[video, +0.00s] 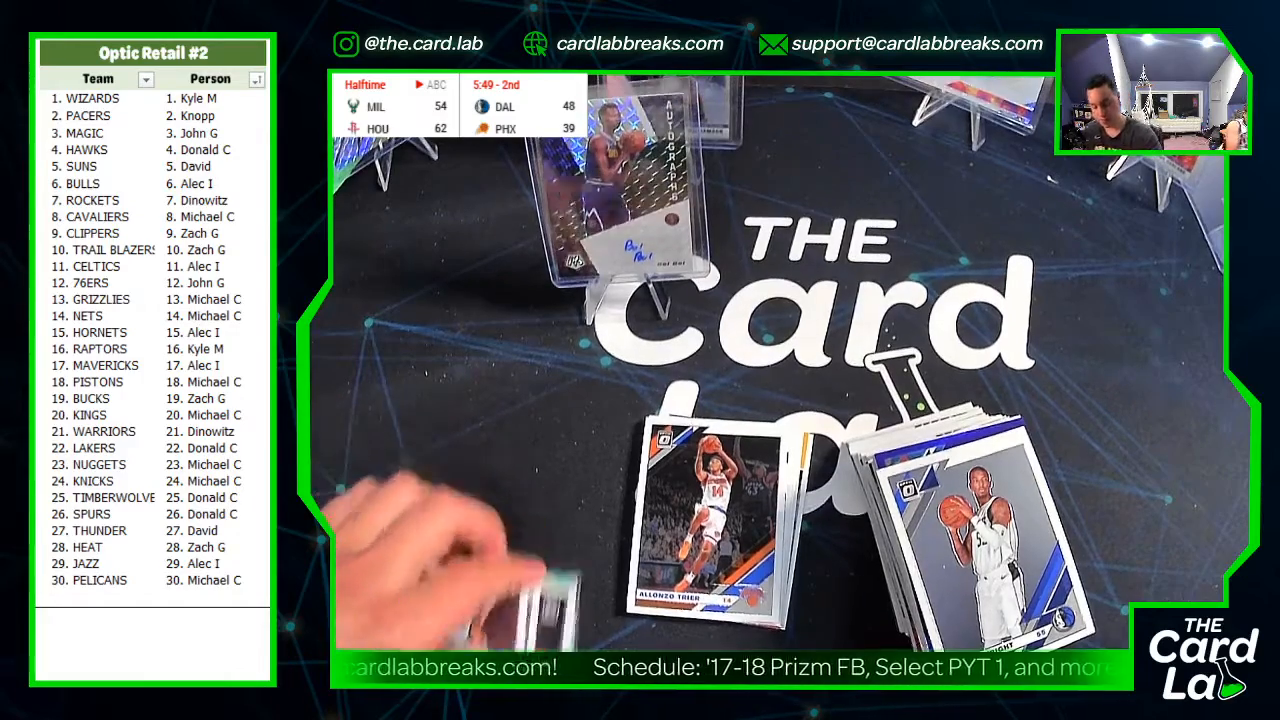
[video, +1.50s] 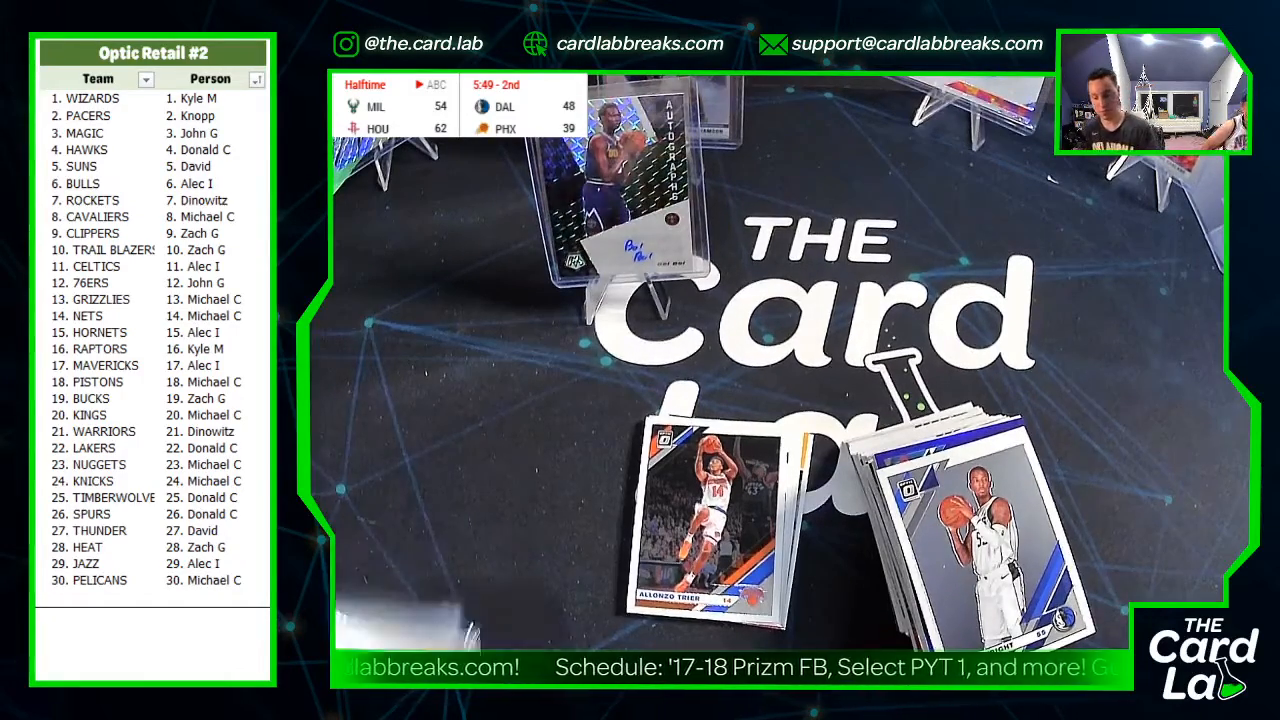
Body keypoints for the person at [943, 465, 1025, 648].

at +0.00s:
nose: (980, 484)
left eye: (983, 480)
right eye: (975, 481)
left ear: (990, 482)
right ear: (970, 486)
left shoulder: (999, 504)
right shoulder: (974, 519)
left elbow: (997, 539)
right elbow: (965, 559)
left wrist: (972, 516)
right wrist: (953, 531)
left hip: (1006, 578)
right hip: (984, 585)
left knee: (1017, 632)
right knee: (991, 639)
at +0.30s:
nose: (980, 484)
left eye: (983, 479)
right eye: (975, 480)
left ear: (990, 482)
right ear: (970, 486)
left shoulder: (999, 505)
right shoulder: (974, 518)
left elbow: (997, 539)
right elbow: (965, 559)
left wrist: (972, 516)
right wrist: (953, 531)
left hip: (1006, 579)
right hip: (984, 585)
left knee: (1017, 632)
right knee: (991, 639)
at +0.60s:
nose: (980, 484)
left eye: (983, 479)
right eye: (975, 481)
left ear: (990, 482)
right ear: (970, 486)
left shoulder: (999, 505)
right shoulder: (975, 517)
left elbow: (997, 539)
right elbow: (965, 559)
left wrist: (972, 517)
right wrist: (953, 531)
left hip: (1006, 579)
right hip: (985, 584)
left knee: (1017, 632)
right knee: (992, 640)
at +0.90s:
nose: (980, 484)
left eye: (983, 479)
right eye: (975, 481)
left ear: (990, 482)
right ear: (970, 485)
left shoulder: (1000, 505)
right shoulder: (975, 518)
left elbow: (997, 539)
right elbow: (965, 559)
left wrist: (972, 516)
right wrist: (953, 531)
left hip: (1006, 579)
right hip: (985, 585)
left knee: (1017, 632)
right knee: (992, 640)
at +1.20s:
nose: (980, 484)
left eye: (983, 480)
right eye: (975, 481)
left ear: (990, 482)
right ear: (970, 486)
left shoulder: (1000, 505)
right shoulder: (974, 518)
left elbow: (997, 539)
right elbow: (965, 559)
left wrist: (972, 516)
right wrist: (953, 531)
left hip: (1006, 578)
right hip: (985, 584)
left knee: (1017, 632)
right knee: (992, 639)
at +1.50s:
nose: (980, 484)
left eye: (983, 480)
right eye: (975, 481)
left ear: (990, 482)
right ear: (970, 486)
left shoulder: (1000, 505)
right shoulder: (975, 518)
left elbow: (997, 539)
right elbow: (965, 559)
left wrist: (972, 517)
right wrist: (953, 531)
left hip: (1006, 578)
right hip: (985, 584)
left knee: (1017, 632)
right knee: (991, 640)